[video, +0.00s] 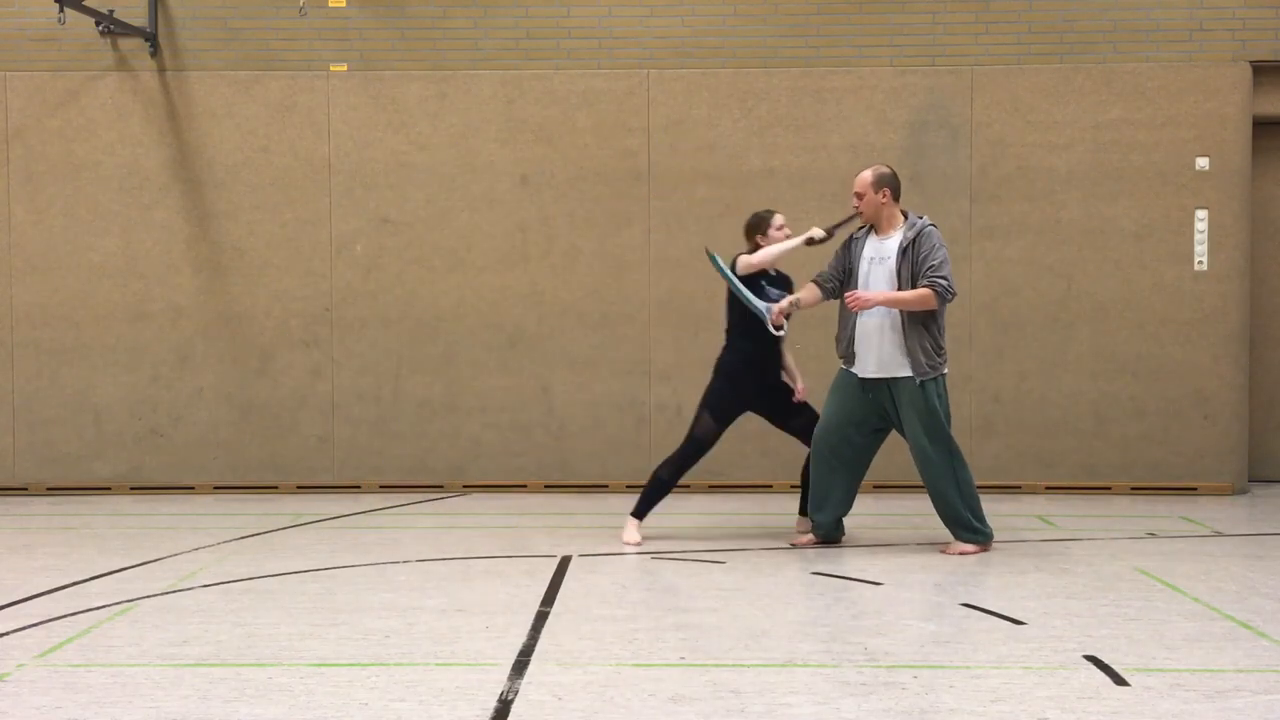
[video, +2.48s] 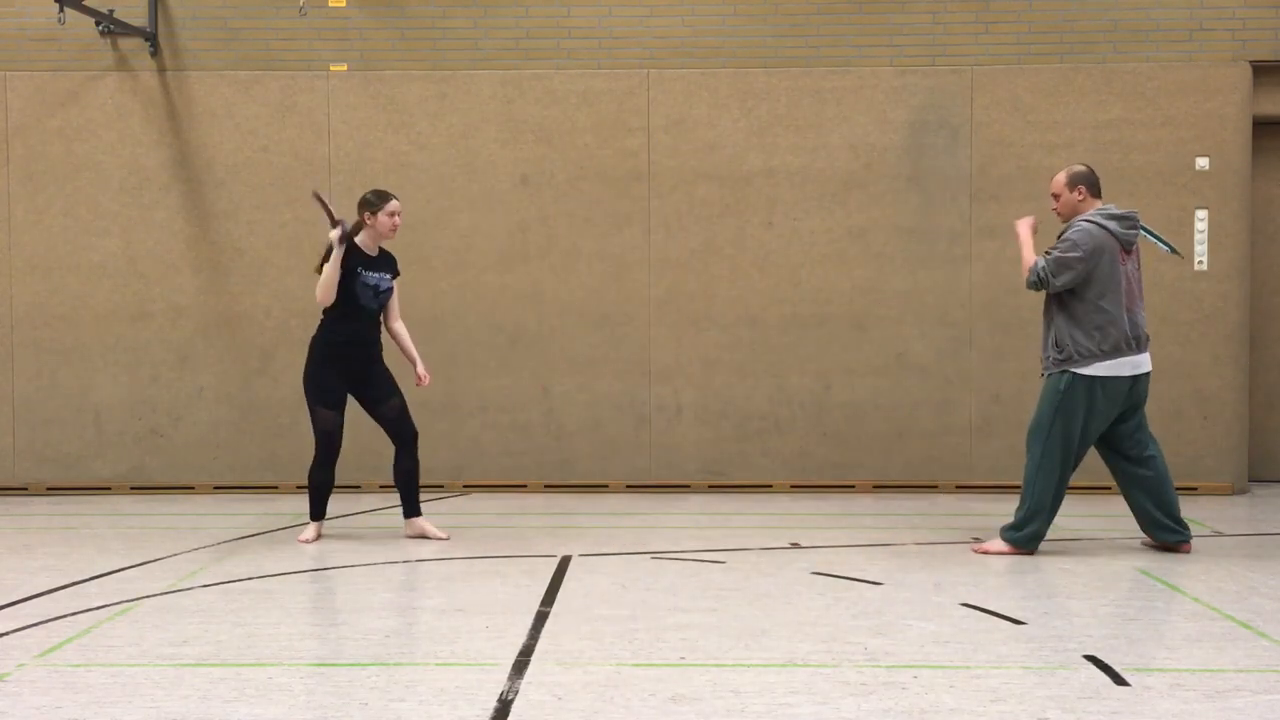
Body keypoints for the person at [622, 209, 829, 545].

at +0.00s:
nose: (789, 233)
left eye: (787, 227)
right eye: (781, 228)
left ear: (777, 235)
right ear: (761, 237)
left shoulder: (783, 283)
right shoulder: (741, 267)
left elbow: (777, 337)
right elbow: (758, 261)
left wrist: (795, 376)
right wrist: (801, 240)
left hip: (769, 384)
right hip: (733, 382)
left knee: (823, 438)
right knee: (693, 449)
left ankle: (806, 522)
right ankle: (635, 520)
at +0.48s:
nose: (814, 237)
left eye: (814, 231)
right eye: (807, 232)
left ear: (813, 237)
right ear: (787, 239)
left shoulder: (811, 283)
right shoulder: (769, 267)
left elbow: (806, 338)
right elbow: (772, 268)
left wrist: (811, 382)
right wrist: (819, 246)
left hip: (785, 384)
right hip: (750, 380)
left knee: (835, 435)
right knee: (710, 451)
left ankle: (808, 517)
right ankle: (654, 520)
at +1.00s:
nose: (707, 232)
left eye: (713, 226)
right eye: (701, 226)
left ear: (719, 226)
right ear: (688, 225)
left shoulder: (723, 264)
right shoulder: (668, 253)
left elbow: (732, 322)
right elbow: (630, 263)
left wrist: (747, 371)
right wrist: (661, 220)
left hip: (713, 361)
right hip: (673, 362)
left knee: (753, 435)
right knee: (672, 445)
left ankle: (794, 507)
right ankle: (660, 524)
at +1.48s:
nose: (574, 233)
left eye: (580, 227)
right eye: (573, 227)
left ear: (600, 225)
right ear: (574, 225)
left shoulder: (623, 259)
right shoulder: (569, 255)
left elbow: (644, 315)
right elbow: (557, 311)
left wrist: (654, 366)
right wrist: (520, 325)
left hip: (611, 363)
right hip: (583, 364)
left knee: (566, 435)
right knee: (622, 444)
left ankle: (545, 527)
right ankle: (654, 518)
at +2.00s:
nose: (419, 231)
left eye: (424, 225)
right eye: (416, 225)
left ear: (444, 218)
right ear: (415, 222)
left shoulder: (469, 252)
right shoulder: (413, 251)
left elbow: (485, 311)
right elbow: (406, 303)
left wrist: (488, 361)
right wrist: (384, 318)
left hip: (455, 360)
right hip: (416, 359)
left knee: (458, 445)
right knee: (383, 435)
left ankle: (490, 528)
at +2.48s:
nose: (397, 222)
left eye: (399, 215)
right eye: (391, 215)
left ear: (388, 219)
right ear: (368, 217)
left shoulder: (387, 263)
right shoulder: (339, 253)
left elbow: (393, 320)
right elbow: (324, 299)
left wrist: (416, 361)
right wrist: (337, 249)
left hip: (367, 363)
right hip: (327, 362)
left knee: (406, 434)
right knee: (328, 445)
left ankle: (413, 520)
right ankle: (315, 523)